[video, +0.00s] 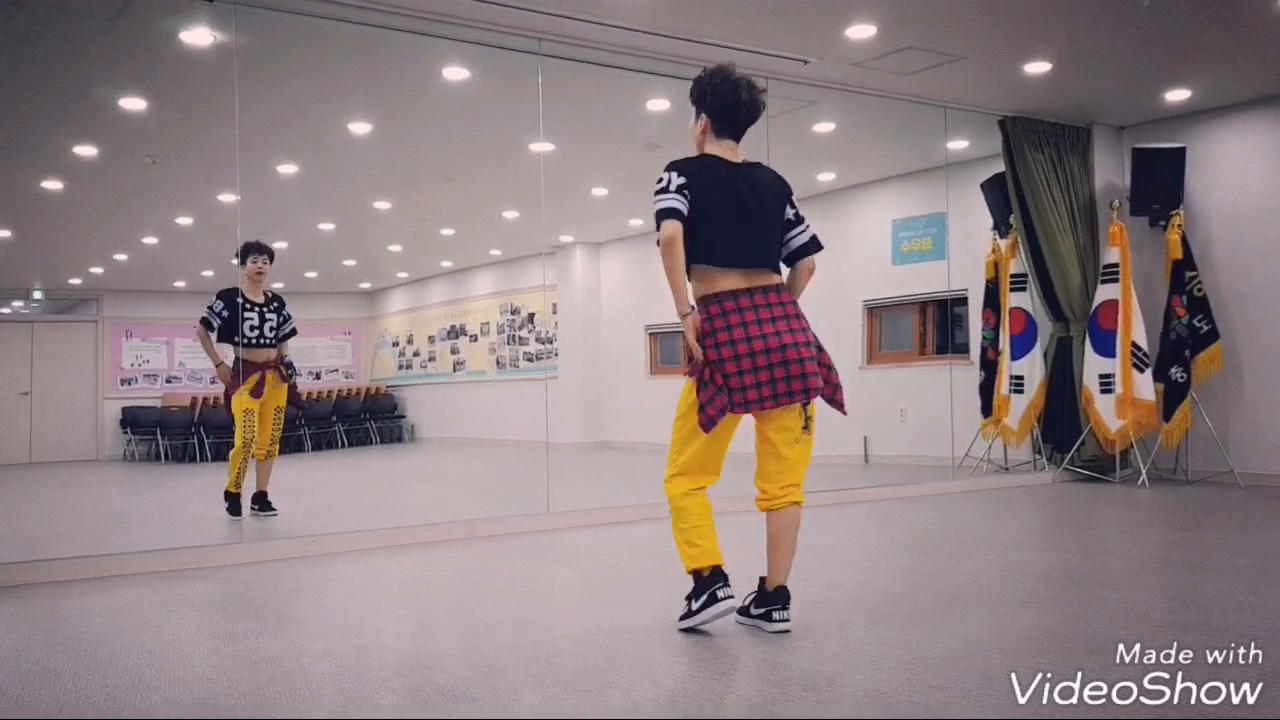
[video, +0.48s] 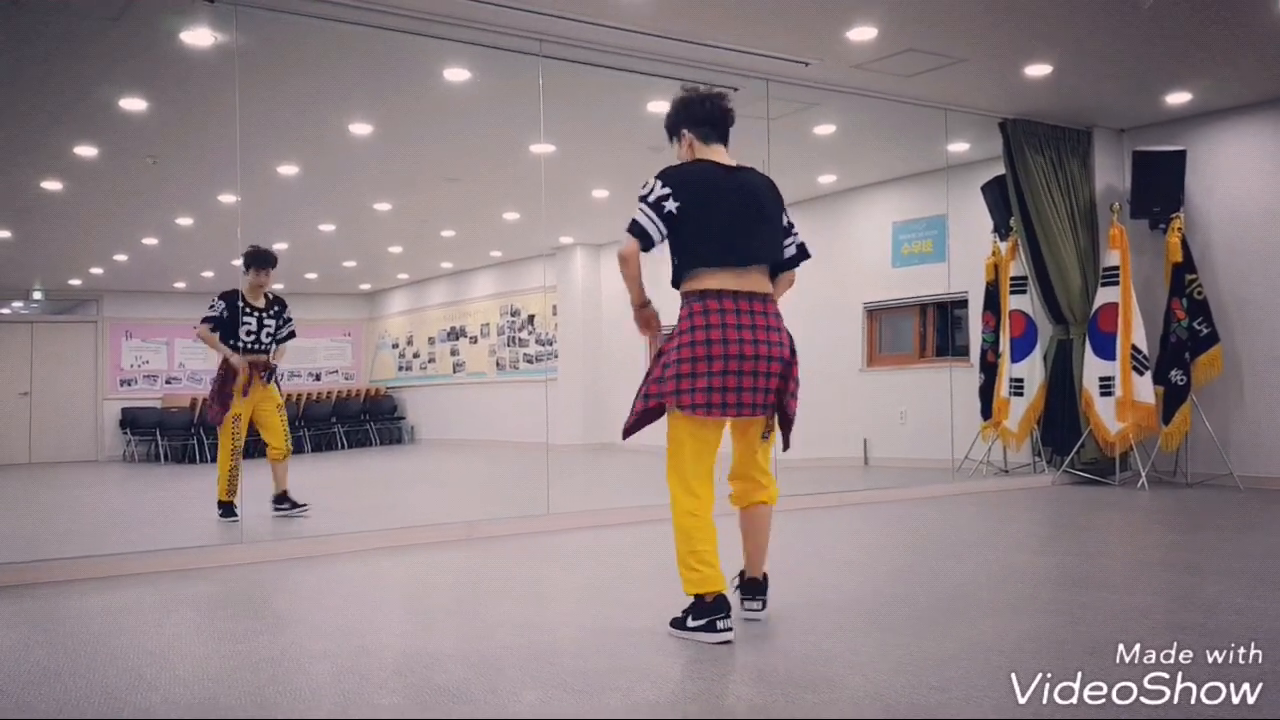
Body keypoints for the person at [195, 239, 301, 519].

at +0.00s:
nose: (260, 266)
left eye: (265, 262)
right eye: (253, 261)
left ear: (270, 268)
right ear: (242, 267)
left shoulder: (276, 301)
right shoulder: (229, 298)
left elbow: (283, 340)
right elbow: (203, 330)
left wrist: (285, 362)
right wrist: (219, 364)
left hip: (276, 373)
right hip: (246, 373)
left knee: (270, 440)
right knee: (246, 441)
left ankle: (261, 495)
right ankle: (233, 493)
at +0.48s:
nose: (263, 278)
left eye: (268, 273)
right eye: (258, 273)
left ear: (273, 275)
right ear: (247, 272)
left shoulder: (278, 305)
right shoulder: (228, 300)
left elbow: (283, 341)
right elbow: (204, 330)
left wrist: (274, 362)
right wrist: (231, 356)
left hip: (265, 381)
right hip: (235, 381)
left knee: (280, 438)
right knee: (231, 445)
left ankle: (281, 496)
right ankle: (226, 502)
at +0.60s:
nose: (265, 271)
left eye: (270, 267)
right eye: (259, 266)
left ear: (275, 273)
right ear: (247, 271)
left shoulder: (284, 307)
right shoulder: (232, 304)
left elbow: (294, 345)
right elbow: (201, 331)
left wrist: (278, 366)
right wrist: (232, 338)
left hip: (272, 383)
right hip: (239, 383)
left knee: (295, 435)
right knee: (233, 447)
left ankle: (319, 490)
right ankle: (227, 502)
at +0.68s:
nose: (268, 272)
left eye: (273, 268)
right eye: (262, 268)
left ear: (278, 275)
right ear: (251, 273)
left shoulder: (289, 307)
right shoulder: (237, 308)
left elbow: (302, 344)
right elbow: (210, 339)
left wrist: (287, 366)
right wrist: (233, 336)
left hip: (280, 385)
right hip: (247, 386)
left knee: (308, 437)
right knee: (237, 448)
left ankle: (330, 490)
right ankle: (228, 501)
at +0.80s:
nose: (282, 272)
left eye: (286, 268)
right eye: (276, 267)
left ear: (293, 274)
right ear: (266, 274)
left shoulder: (307, 304)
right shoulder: (256, 310)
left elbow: (324, 339)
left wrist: (309, 366)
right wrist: (245, 338)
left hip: (300, 381)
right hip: (267, 383)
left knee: (324, 441)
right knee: (245, 442)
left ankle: (338, 489)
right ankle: (231, 498)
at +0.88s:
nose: (291, 269)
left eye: (295, 265)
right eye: (285, 265)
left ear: (301, 270)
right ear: (275, 271)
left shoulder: (314, 298)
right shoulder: (267, 308)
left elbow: (337, 329)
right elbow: (265, 349)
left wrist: (324, 358)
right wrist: (252, 337)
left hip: (312, 375)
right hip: (280, 376)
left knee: (328, 438)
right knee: (254, 438)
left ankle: (338, 490)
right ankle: (237, 496)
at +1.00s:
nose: (309, 265)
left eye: (313, 260)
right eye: (303, 260)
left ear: (319, 265)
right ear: (292, 266)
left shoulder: (333, 291)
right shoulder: (286, 305)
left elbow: (363, 314)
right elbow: (280, 344)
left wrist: (354, 343)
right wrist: (269, 328)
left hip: (335, 368)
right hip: (303, 370)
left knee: (338, 434)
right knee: (286, 434)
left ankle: (341, 489)